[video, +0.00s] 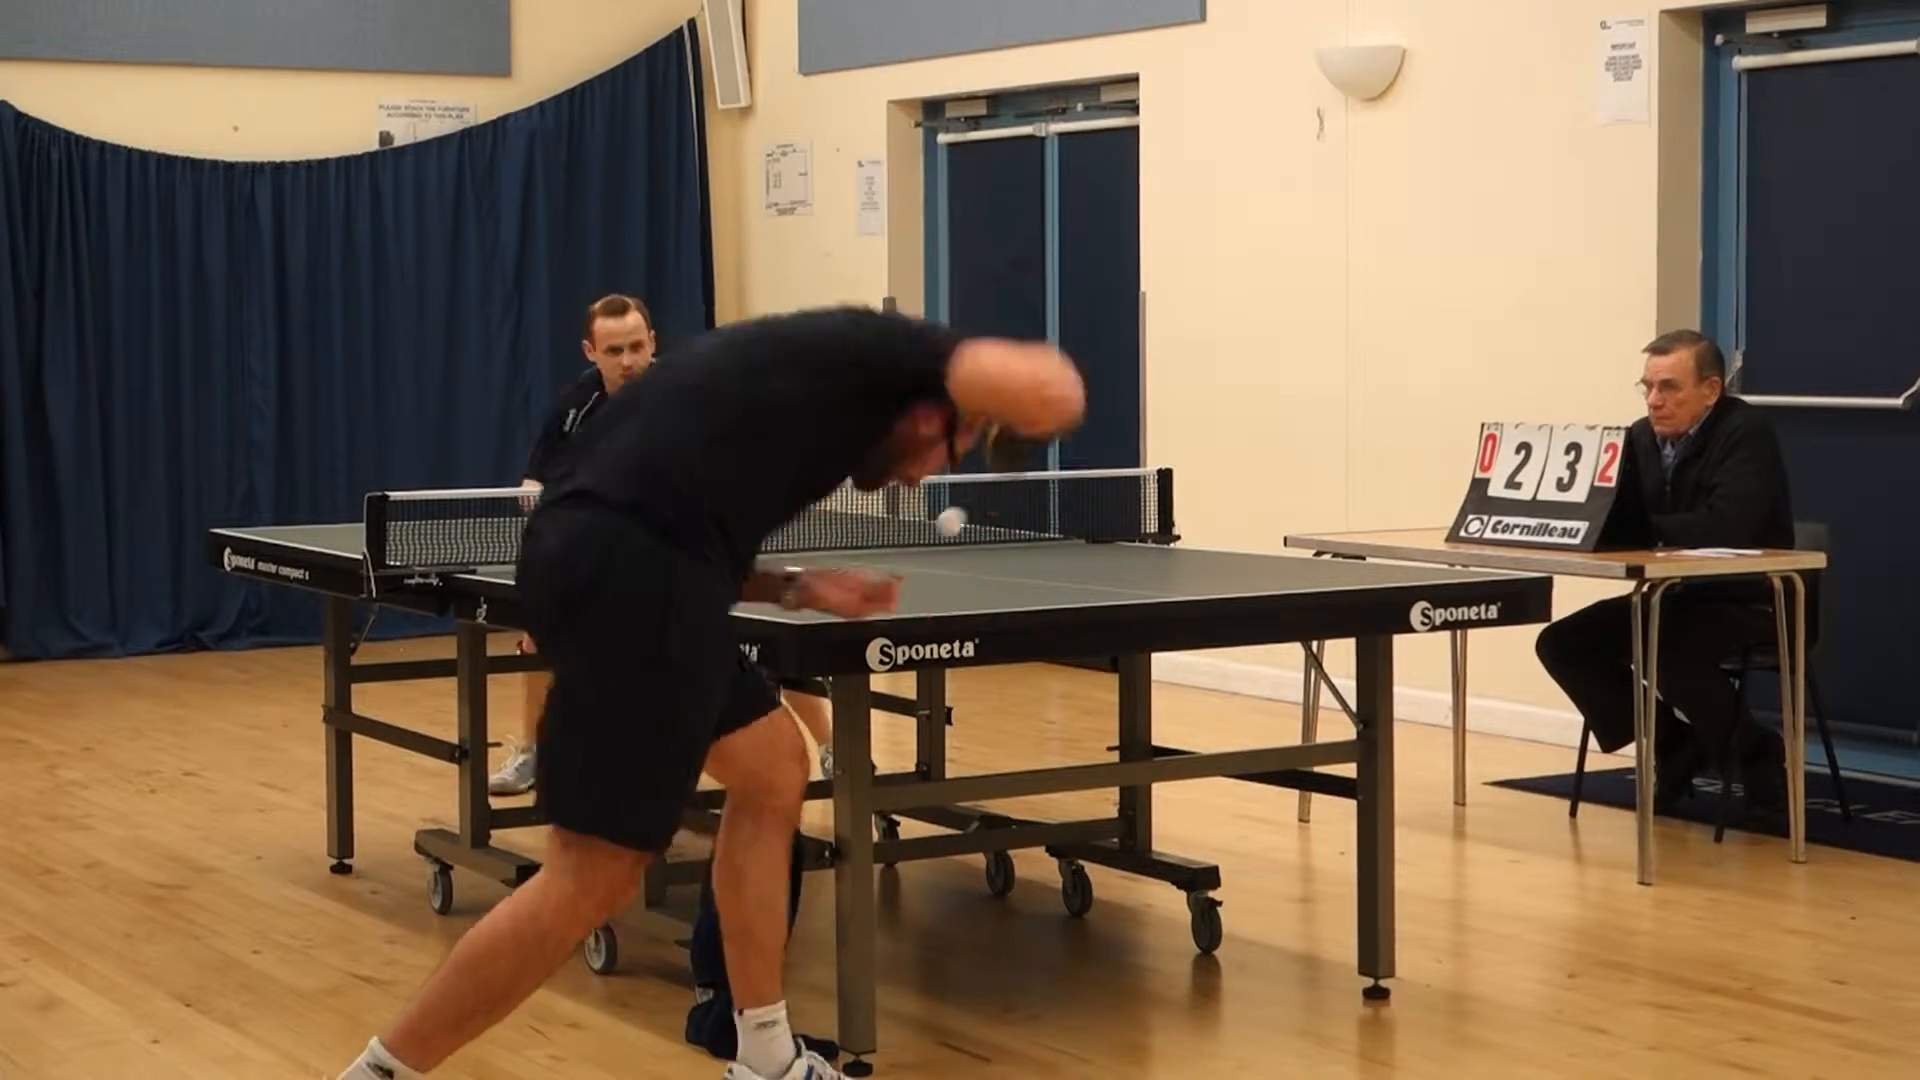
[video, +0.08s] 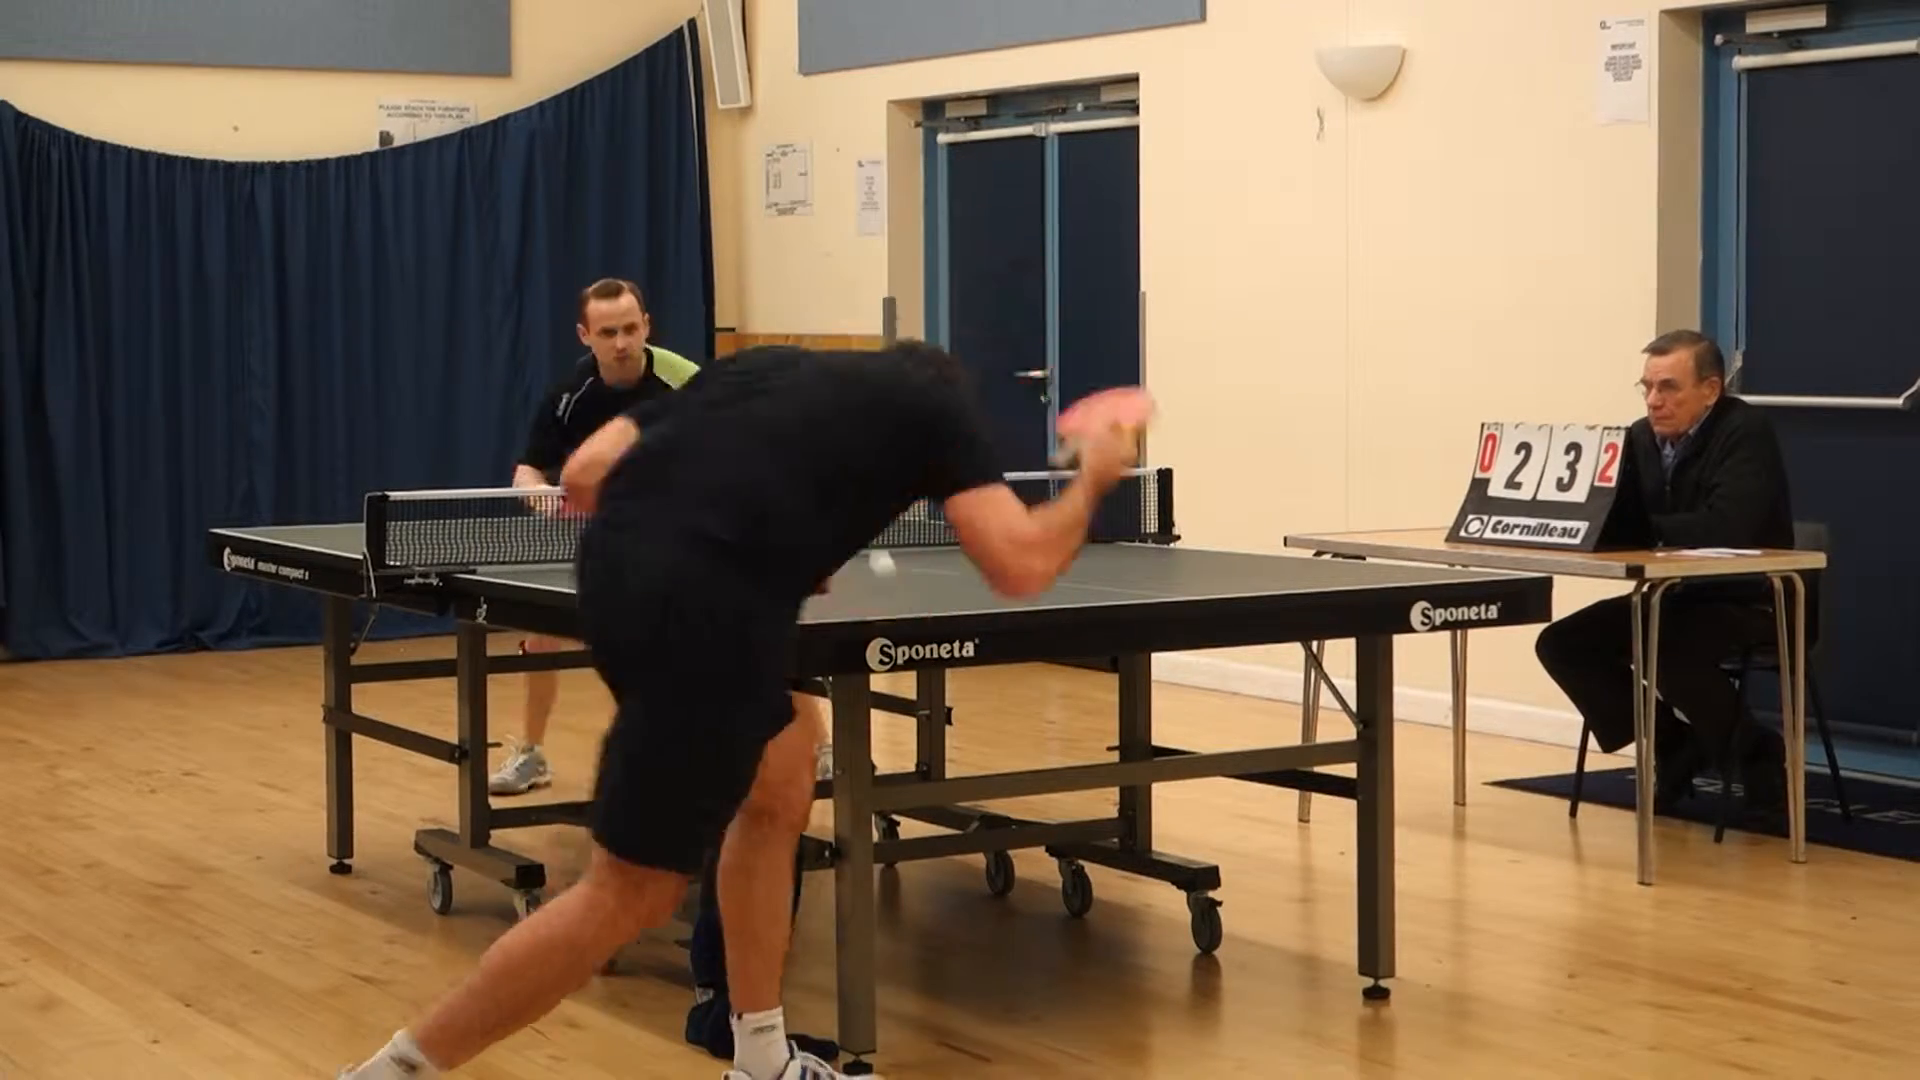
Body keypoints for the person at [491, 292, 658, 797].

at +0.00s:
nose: (629, 361)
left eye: (638, 347)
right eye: (615, 349)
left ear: (654, 343)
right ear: (592, 351)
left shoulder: (674, 398)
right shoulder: (577, 400)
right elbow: (538, 474)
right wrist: (534, 489)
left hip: (650, 548)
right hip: (576, 544)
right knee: (540, 638)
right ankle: (532, 751)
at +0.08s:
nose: (622, 344)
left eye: (630, 329)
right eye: (608, 332)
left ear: (647, 325)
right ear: (585, 335)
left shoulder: (685, 388)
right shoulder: (570, 395)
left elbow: (712, 459)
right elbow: (527, 472)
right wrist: (541, 494)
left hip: (664, 535)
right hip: (580, 538)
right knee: (543, 634)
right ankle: (530, 751)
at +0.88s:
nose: (805, 360)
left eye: (815, 349)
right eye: (792, 349)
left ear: (828, 357)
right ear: (768, 352)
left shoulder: (822, 439)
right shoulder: (749, 410)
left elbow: (861, 506)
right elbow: (772, 346)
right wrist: (845, 318)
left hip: (812, 572)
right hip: (743, 572)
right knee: (723, 696)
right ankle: (647, 768)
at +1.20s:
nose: (745, 257)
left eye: (752, 246)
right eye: (731, 246)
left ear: (759, 254)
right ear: (699, 253)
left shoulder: (771, 337)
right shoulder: (659, 319)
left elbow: (791, 416)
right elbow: (597, 374)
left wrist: (812, 475)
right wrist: (628, 357)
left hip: (736, 506)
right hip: (656, 506)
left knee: (791, 617)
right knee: (629, 630)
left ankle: (785, 747)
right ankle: (596, 751)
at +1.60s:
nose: (613, 245)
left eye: (620, 236)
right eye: (600, 234)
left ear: (627, 245)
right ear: (569, 241)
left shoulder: (650, 319)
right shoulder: (536, 322)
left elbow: (662, 406)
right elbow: (508, 414)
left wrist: (659, 476)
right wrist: (496, 488)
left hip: (633, 500)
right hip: (552, 503)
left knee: (684, 614)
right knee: (541, 624)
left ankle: (713, 736)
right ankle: (533, 739)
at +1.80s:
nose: (595, 239)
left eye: (603, 232)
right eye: (583, 228)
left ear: (611, 242)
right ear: (553, 234)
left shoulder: (631, 313)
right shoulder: (522, 316)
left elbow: (650, 395)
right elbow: (486, 400)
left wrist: (616, 455)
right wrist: (465, 475)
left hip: (615, 492)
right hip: (537, 494)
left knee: (645, 606)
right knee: (535, 616)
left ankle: (627, 706)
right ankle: (531, 735)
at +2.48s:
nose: (595, 240)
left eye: (603, 231)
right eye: (584, 229)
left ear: (611, 240)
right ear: (555, 234)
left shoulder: (626, 310)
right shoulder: (525, 307)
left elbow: (644, 393)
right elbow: (504, 386)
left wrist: (662, 463)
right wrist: (536, 440)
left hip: (617, 485)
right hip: (538, 483)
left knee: (618, 602)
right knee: (513, 597)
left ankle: (612, 719)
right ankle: (500, 707)